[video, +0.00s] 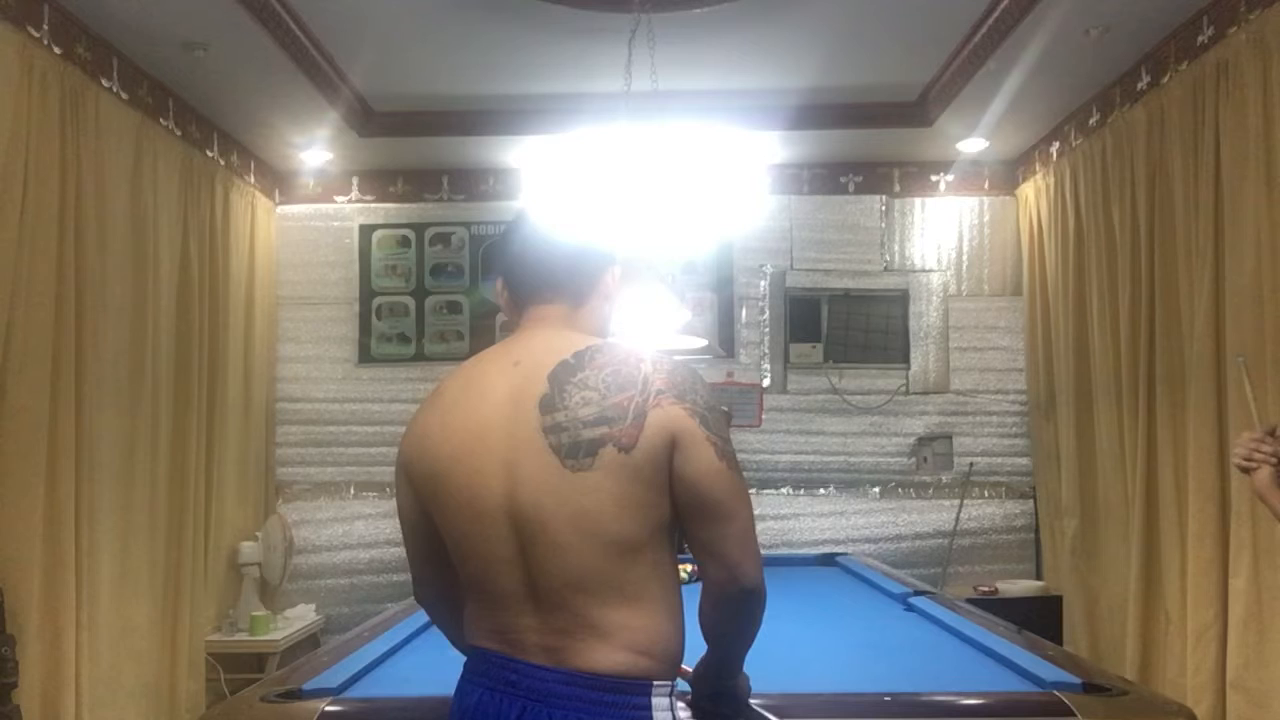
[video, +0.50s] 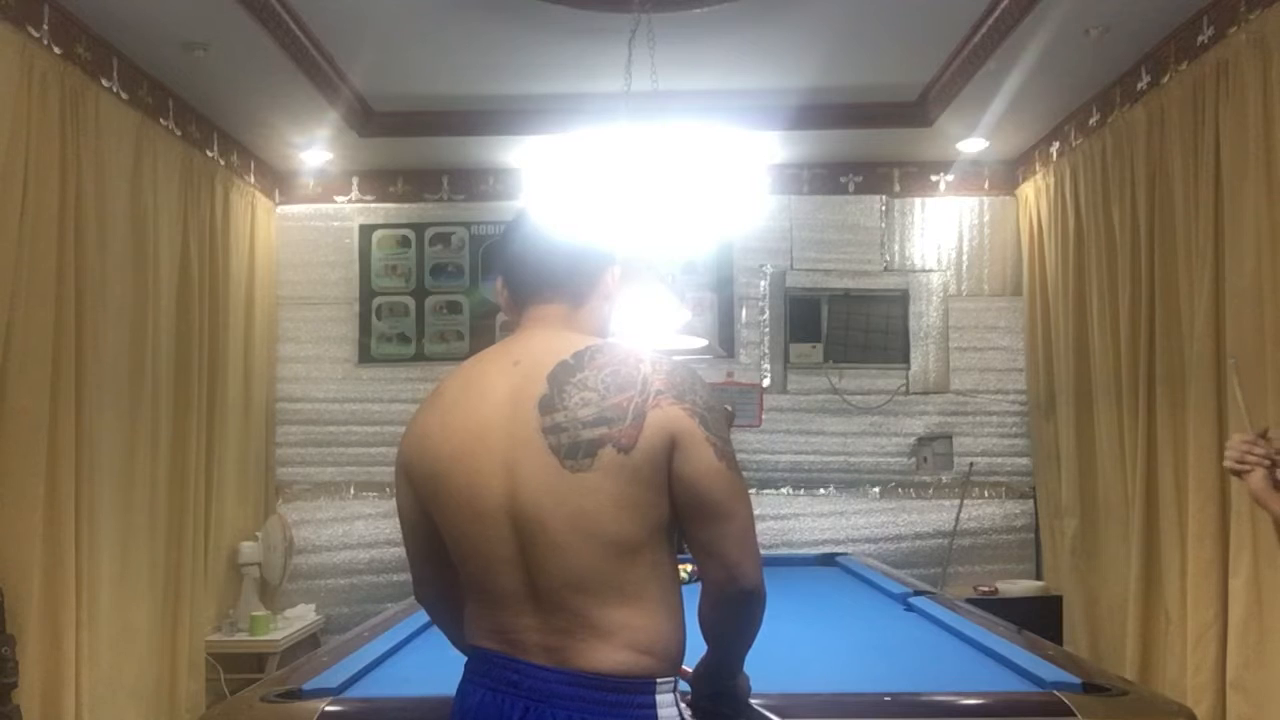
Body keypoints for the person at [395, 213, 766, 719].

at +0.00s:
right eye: (620, 282)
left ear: (502, 295)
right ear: (610, 283)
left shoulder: (434, 412)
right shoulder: (661, 388)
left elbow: (434, 589)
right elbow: (738, 580)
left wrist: (497, 662)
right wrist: (722, 673)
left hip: (485, 698)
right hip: (627, 702)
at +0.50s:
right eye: (619, 284)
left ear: (501, 294)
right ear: (610, 283)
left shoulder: (434, 412)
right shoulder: (660, 391)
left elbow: (434, 588)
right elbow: (738, 581)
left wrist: (497, 661)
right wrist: (722, 674)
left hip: (487, 698)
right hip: (629, 702)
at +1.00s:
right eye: (627, 276)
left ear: (506, 293)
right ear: (614, 280)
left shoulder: (438, 412)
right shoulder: (665, 386)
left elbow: (436, 591)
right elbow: (740, 579)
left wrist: (501, 662)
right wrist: (723, 673)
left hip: (492, 698)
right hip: (636, 701)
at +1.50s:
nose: (642, 288)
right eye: (638, 274)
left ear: (512, 289)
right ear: (621, 277)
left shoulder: (444, 408)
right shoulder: (669, 384)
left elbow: (440, 587)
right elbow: (741, 579)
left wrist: (504, 660)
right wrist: (725, 671)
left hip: (491, 698)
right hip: (635, 702)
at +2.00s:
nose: (642, 290)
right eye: (640, 276)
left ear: (517, 287)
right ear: (625, 277)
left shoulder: (445, 406)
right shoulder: (668, 387)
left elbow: (440, 583)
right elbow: (738, 586)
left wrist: (504, 657)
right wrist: (723, 677)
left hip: (487, 697)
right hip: (629, 702)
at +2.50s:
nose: (636, 290)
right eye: (634, 278)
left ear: (509, 294)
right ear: (618, 280)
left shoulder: (445, 408)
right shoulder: (669, 384)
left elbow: (439, 587)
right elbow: (740, 580)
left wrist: (504, 661)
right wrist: (723, 674)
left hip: (491, 697)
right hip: (634, 701)